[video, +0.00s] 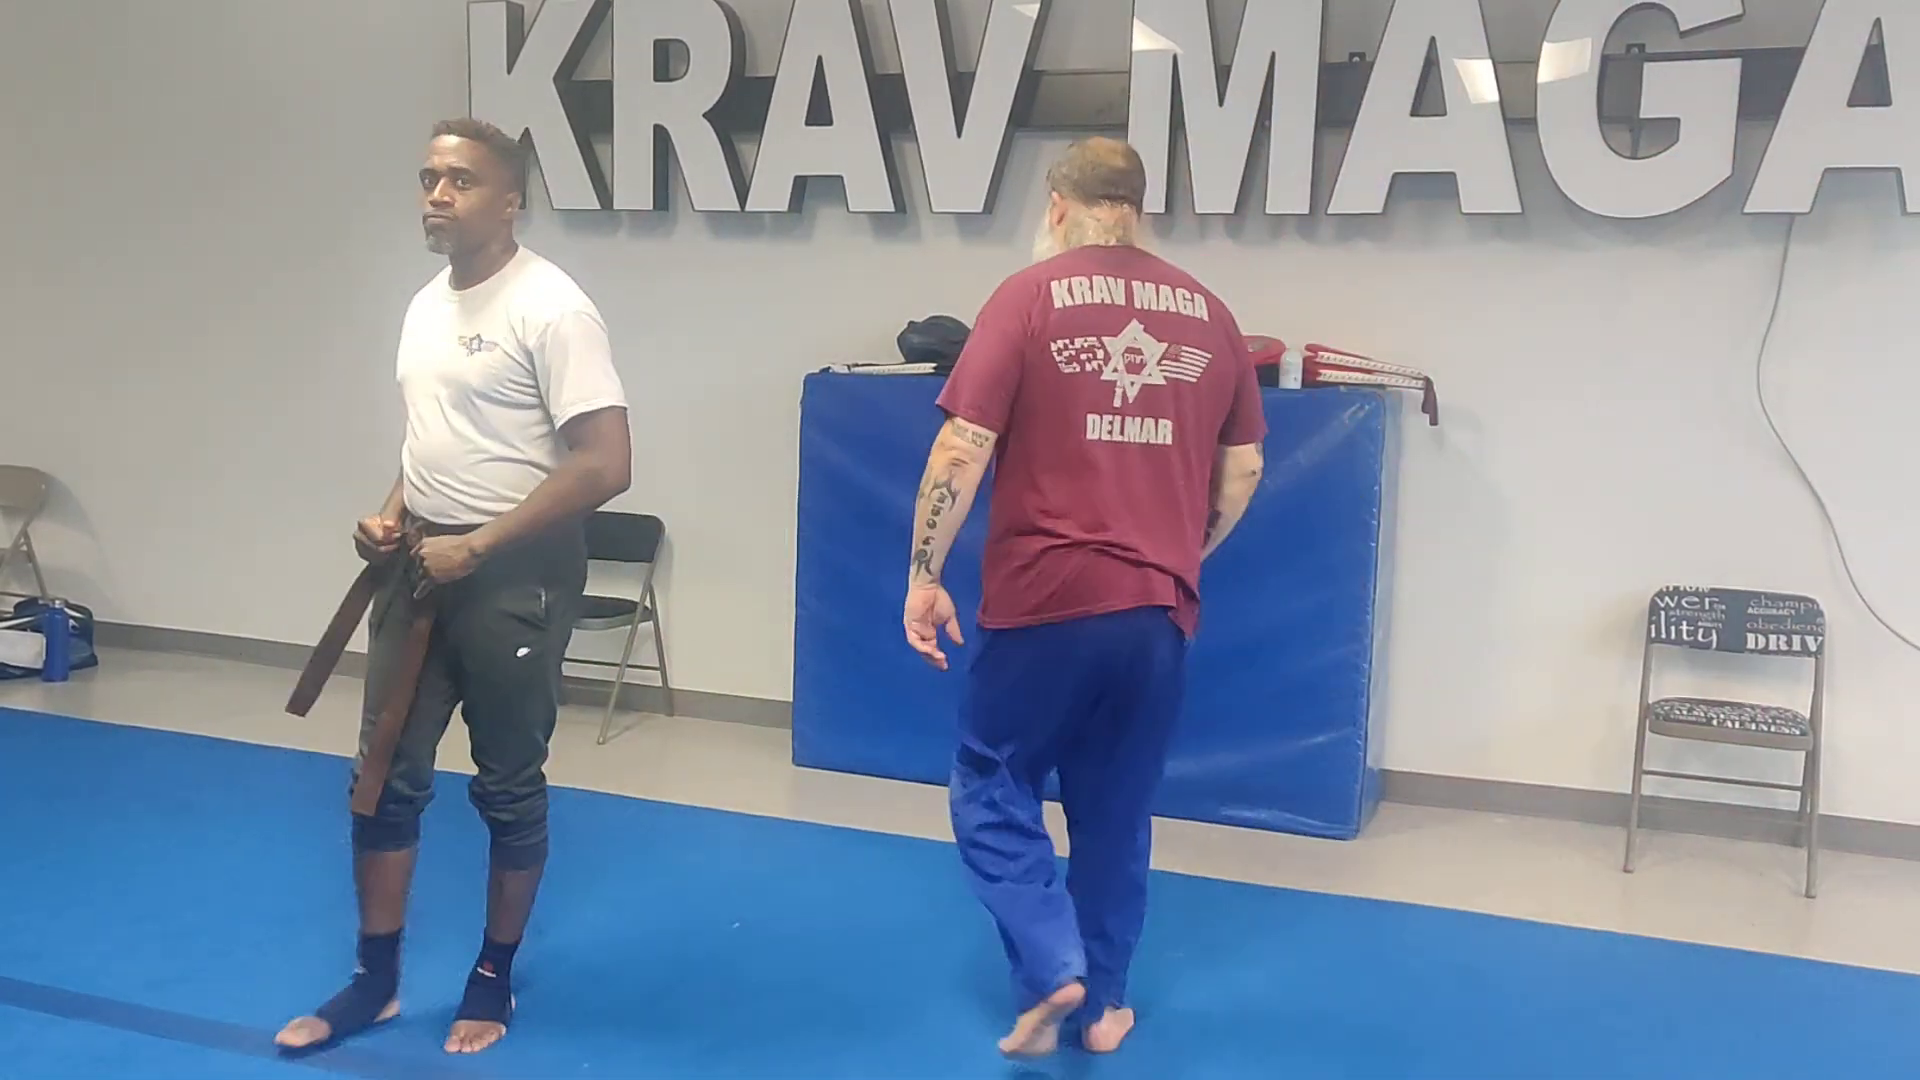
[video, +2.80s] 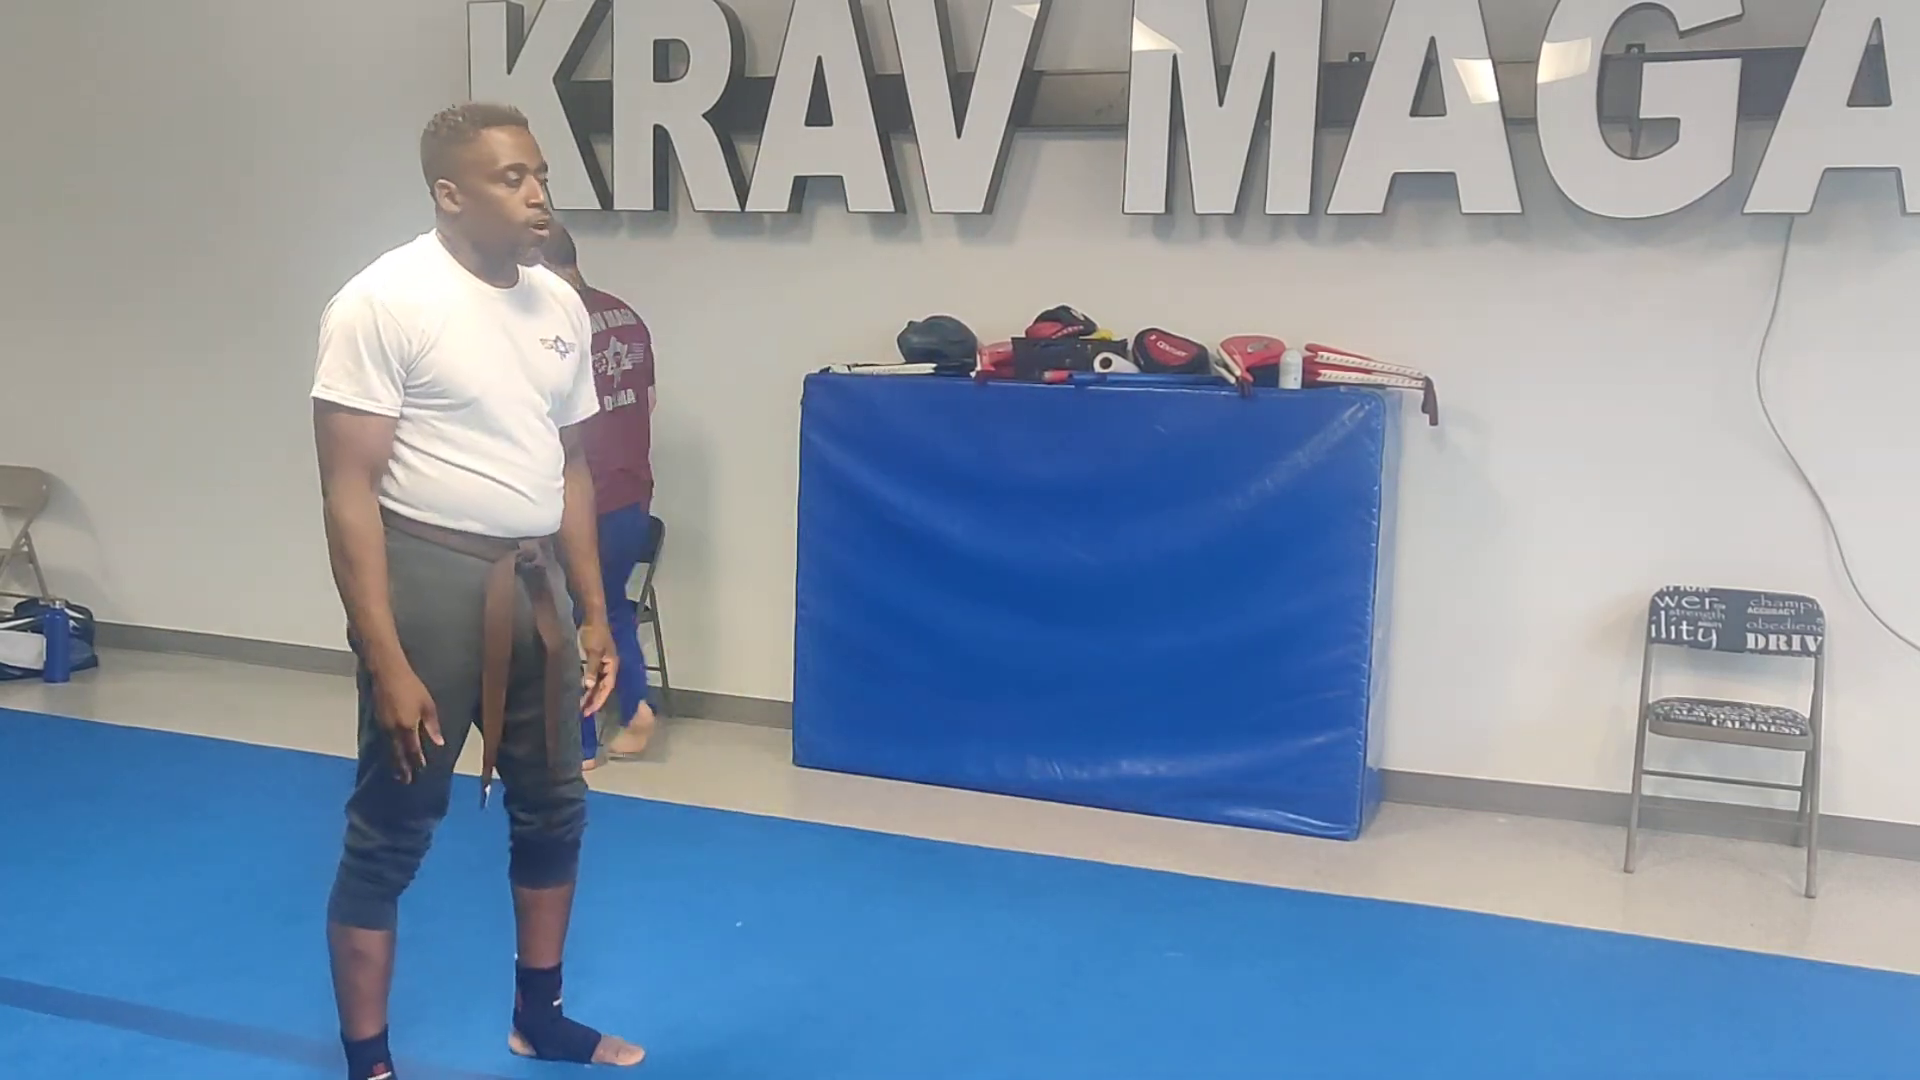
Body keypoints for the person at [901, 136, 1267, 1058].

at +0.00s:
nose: (1043, 230)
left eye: (1044, 217)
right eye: (1049, 218)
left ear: (1060, 212)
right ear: (1139, 215)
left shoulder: (1031, 293)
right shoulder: (1210, 312)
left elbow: (963, 446)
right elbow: (1243, 466)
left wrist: (924, 572)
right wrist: (1181, 554)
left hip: (1045, 594)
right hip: (1158, 600)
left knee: (994, 774)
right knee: (1116, 805)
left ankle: (1052, 963)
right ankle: (1106, 1004)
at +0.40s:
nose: (924, 247)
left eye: (925, 235)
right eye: (929, 235)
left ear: (936, 234)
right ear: (1011, 231)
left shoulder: (924, 322)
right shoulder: (1086, 310)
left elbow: (884, 466)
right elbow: (1128, 450)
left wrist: (864, 583)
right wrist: (1077, 528)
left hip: (968, 582)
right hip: (1074, 580)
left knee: (936, 768)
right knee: (1072, 776)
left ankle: (932, 931)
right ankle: (1092, 939)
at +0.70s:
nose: (865, 241)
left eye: (865, 229)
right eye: (868, 229)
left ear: (878, 229)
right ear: (944, 227)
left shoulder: (857, 312)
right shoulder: (1015, 304)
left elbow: (793, 448)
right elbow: (1061, 431)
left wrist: (763, 516)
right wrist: (1035, 518)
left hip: (906, 564)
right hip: (999, 555)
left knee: (899, 745)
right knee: (971, 717)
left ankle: (921, 932)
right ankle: (972, 869)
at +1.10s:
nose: (832, 250)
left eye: (832, 240)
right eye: (838, 240)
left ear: (839, 241)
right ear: (900, 243)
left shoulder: (819, 309)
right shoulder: (954, 327)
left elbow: (770, 424)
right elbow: (977, 446)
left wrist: (742, 521)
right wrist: (930, 506)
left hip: (830, 536)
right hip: (920, 540)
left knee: (791, 687)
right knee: (887, 695)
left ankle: (839, 819)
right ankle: (870, 857)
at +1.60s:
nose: (708, 267)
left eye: (708, 258)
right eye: (710, 258)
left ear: (718, 256)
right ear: (775, 251)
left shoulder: (711, 325)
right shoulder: (838, 316)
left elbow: (675, 437)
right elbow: (875, 424)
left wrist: (652, 518)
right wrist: (849, 487)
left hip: (744, 524)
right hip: (827, 521)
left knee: (731, 673)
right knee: (826, 662)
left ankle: (736, 807)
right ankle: (849, 764)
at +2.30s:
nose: (631, 278)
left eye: (632, 267)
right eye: (630, 268)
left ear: (654, 261)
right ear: (692, 261)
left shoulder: (652, 322)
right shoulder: (745, 323)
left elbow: (628, 421)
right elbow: (765, 416)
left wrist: (609, 499)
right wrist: (730, 472)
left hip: (658, 505)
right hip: (729, 506)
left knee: (614, 628)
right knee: (723, 640)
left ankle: (628, 758)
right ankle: (724, 767)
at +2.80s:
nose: (531, 287)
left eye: (531, 275)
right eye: (531, 276)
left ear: (545, 271)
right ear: (576, 263)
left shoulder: (546, 324)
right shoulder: (627, 316)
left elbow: (544, 420)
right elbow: (647, 402)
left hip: (571, 503)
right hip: (630, 496)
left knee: (567, 618)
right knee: (614, 601)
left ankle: (581, 748)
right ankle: (638, 708)